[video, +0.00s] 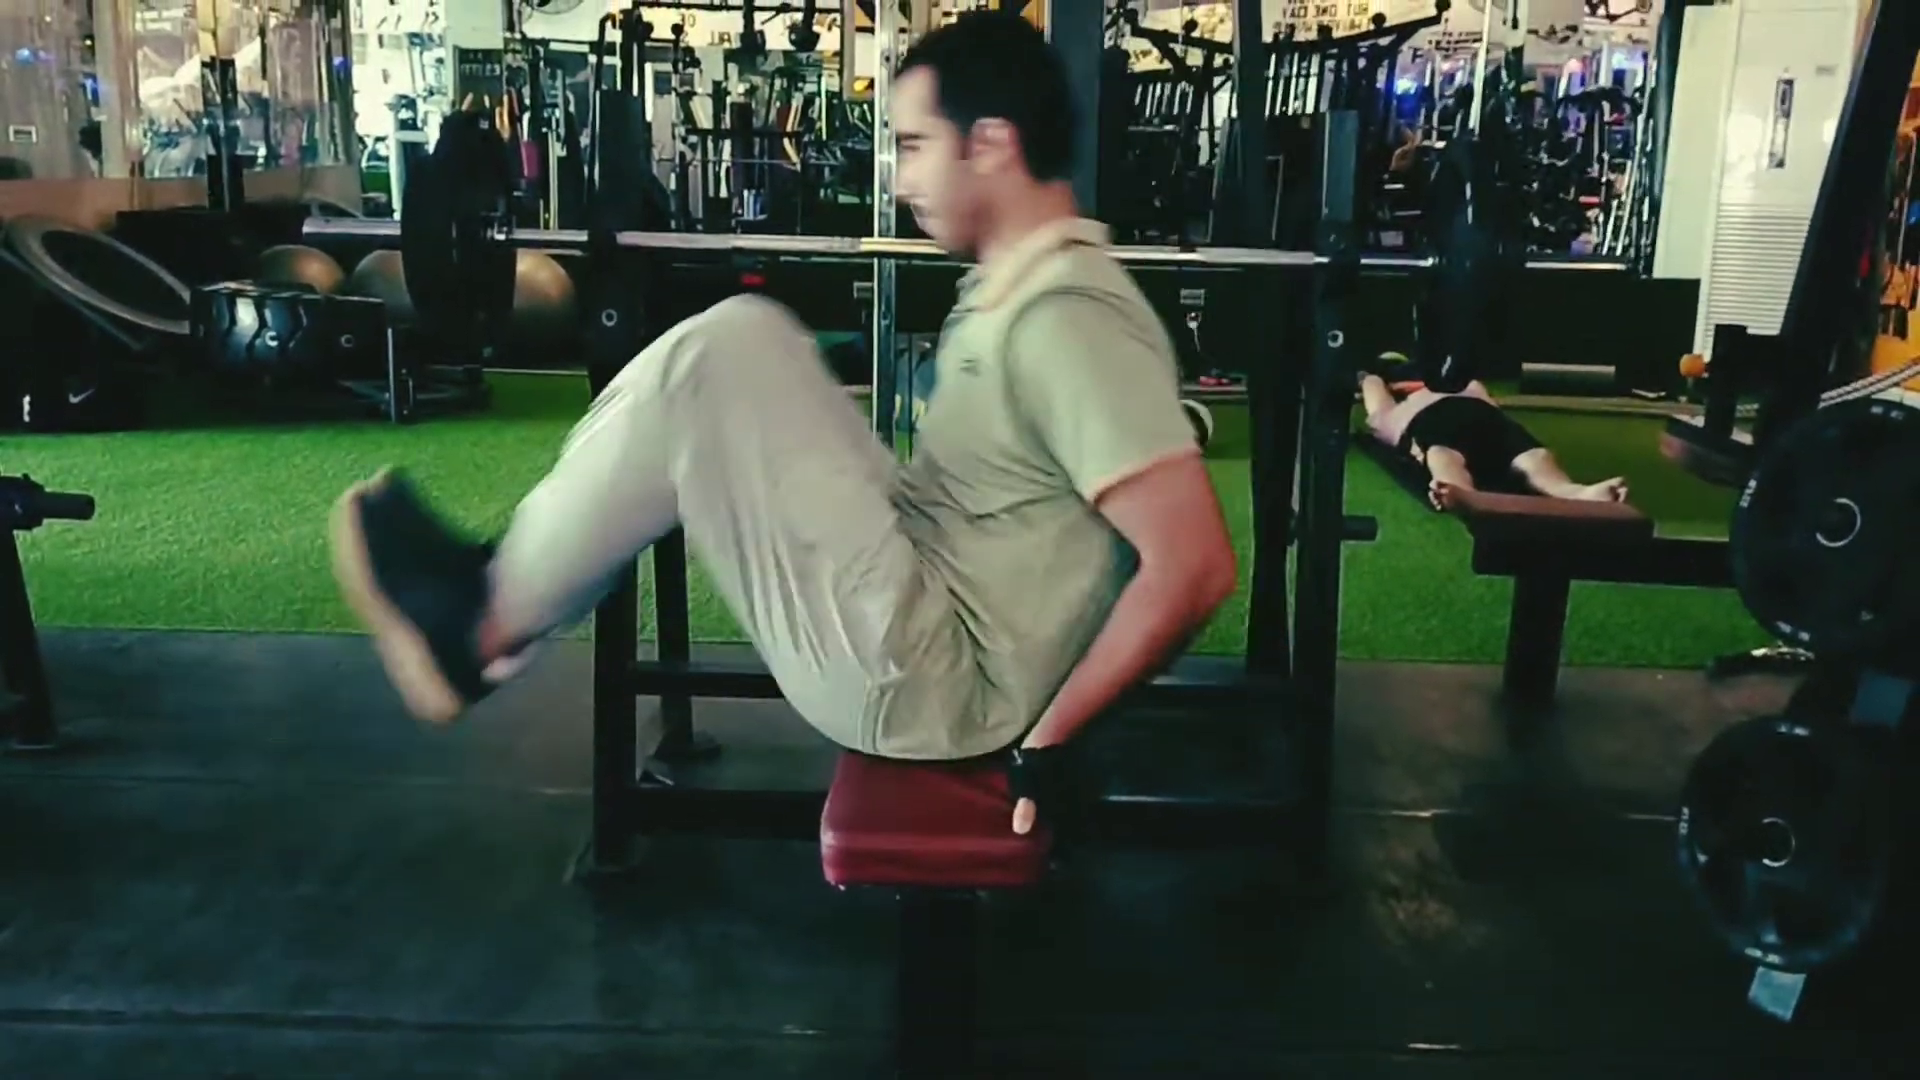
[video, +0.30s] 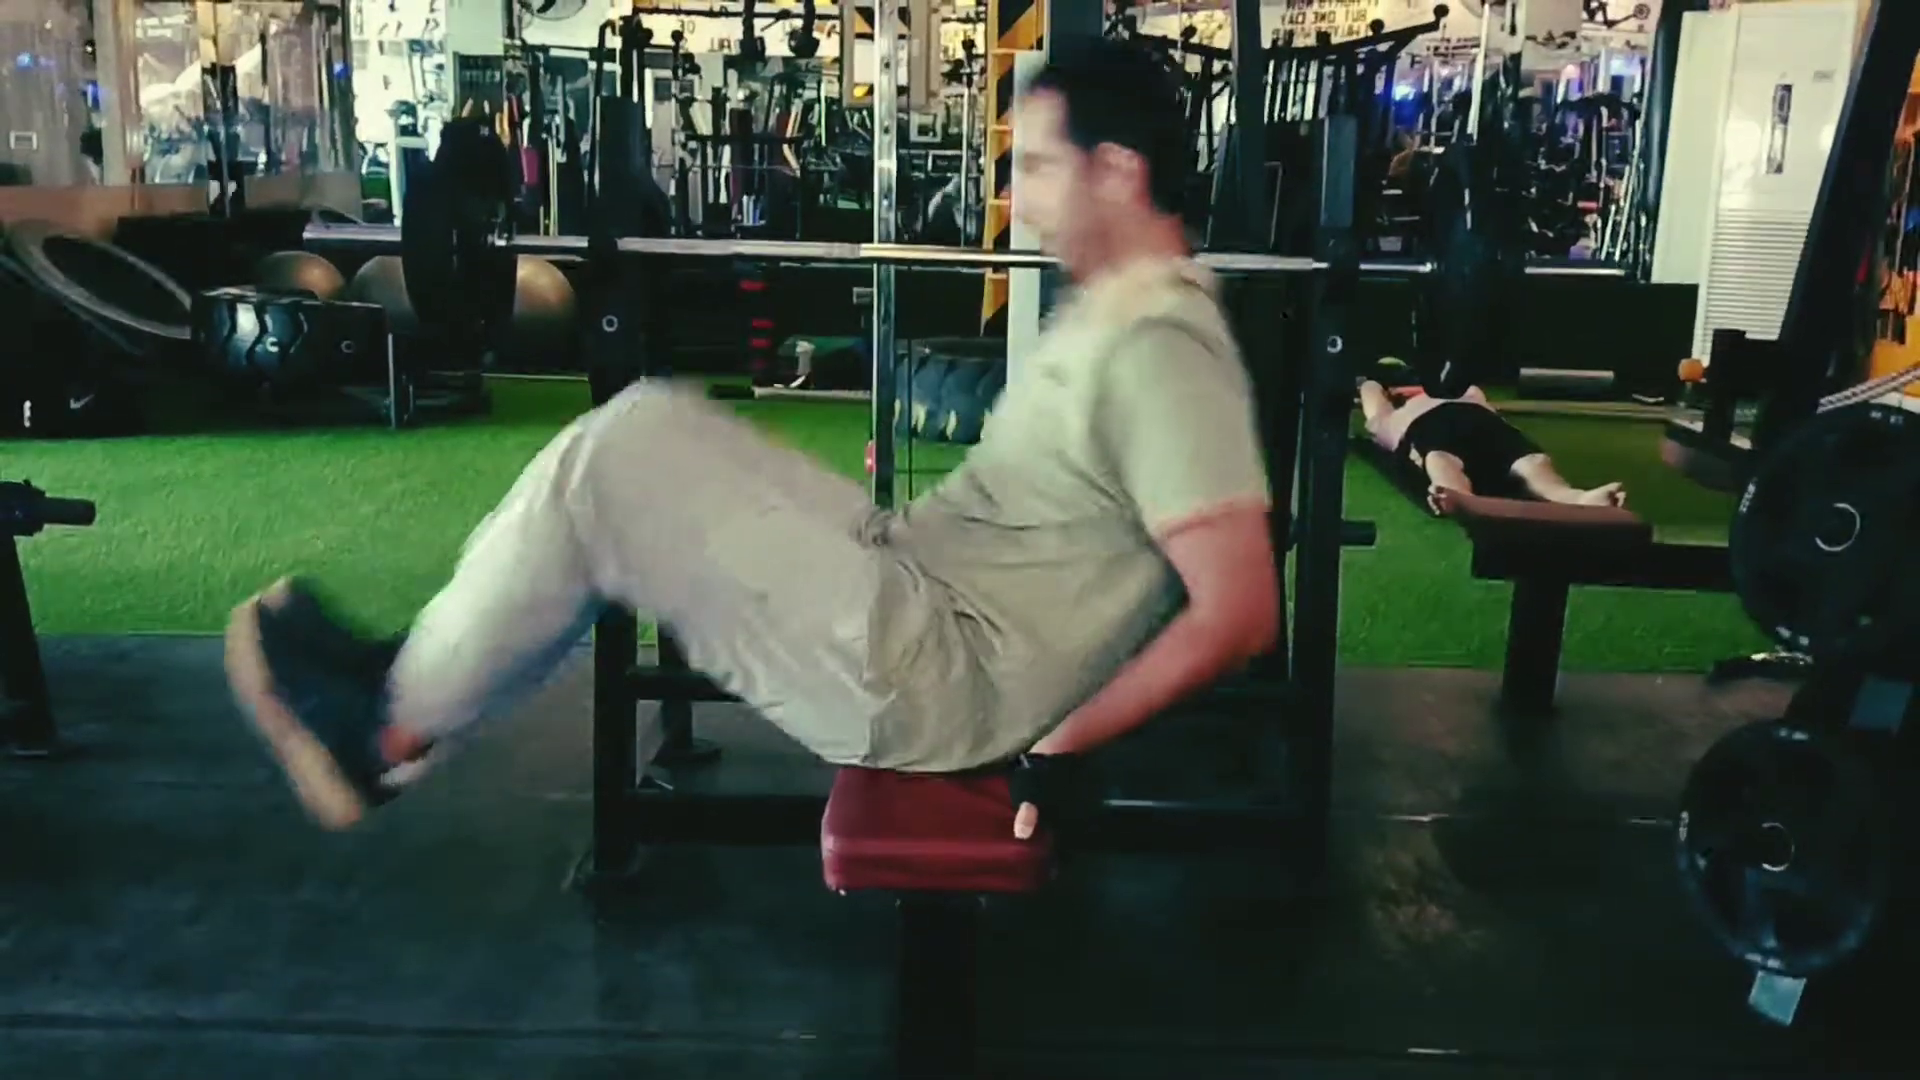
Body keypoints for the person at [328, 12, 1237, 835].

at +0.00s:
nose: (896, 181)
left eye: (911, 146)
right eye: (894, 150)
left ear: (995, 147)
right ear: (989, 150)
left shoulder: (1066, 309)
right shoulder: (1019, 293)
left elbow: (1190, 564)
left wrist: (1039, 744)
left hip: (937, 680)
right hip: (918, 646)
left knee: (730, 345)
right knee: (717, 348)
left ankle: (483, 632)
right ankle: (486, 610)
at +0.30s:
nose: (1013, 194)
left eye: (1031, 167)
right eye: (1013, 166)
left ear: (1119, 176)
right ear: (1110, 173)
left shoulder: (1159, 341)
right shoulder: (1111, 312)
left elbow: (1238, 611)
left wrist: (1047, 744)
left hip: (952, 675)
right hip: (931, 606)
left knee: (628, 453)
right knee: (652, 426)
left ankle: (385, 737)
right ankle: (411, 698)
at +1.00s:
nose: (853, 195)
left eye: (864, 162)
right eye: (850, 164)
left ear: (941, 161)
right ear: (944, 163)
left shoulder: (1036, 322)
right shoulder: (992, 303)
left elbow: (1178, 571)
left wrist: (1034, 761)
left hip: (937, 705)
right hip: (924, 676)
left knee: (772, 341)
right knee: (779, 333)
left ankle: (524, 622)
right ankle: (539, 593)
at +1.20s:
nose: (984, 199)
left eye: (1000, 169)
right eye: (984, 171)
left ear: (1087, 177)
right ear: (1083, 177)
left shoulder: (1131, 345)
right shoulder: (1083, 312)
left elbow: (1229, 612)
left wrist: (1042, 754)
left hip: (942, 687)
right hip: (918, 618)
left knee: (616, 463)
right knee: (642, 431)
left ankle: (374, 745)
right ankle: (394, 704)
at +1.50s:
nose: (1106, 237)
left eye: (1129, 209)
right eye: (1111, 211)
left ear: (1216, 227)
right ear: (1206, 229)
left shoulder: (1222, 391)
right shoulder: (1182, 357)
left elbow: (1264, 663)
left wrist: (1058, 769)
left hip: (912, 678)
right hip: (882, 601)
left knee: (552, 628)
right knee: (574, 575)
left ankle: (254, 856)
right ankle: (293, 810)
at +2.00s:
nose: (902, 218)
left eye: (919, 186)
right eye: (900, 190)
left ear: (1008, 185)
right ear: (998, 189)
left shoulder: (1076, 342)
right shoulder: (1029, 329)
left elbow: (1201, 602)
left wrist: (1036, 784)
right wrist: (879, 530)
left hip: (935, 712)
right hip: (912, 670)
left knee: (704, 394)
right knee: (698, 398)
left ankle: (460, 692)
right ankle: (467, 666)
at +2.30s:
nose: (1153, 280)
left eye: (1180, 252)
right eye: (1158, 252)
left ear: (1272, 277)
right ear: (1255, 278)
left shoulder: (1270, 446)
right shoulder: (1210, 404)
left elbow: (1276, 708)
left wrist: (1059, 794)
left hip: (937, 696)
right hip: (910, 623)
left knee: (574, 627)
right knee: (593, 584)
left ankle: (231, 790)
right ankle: (278, 745)